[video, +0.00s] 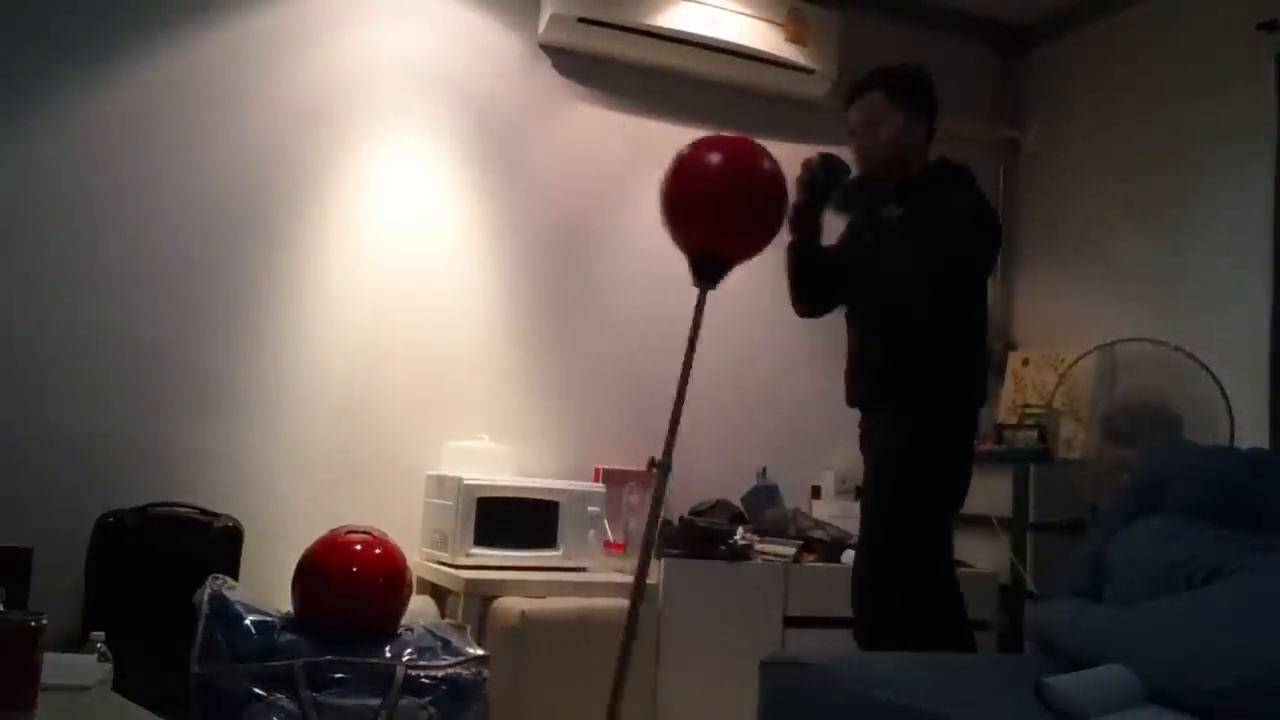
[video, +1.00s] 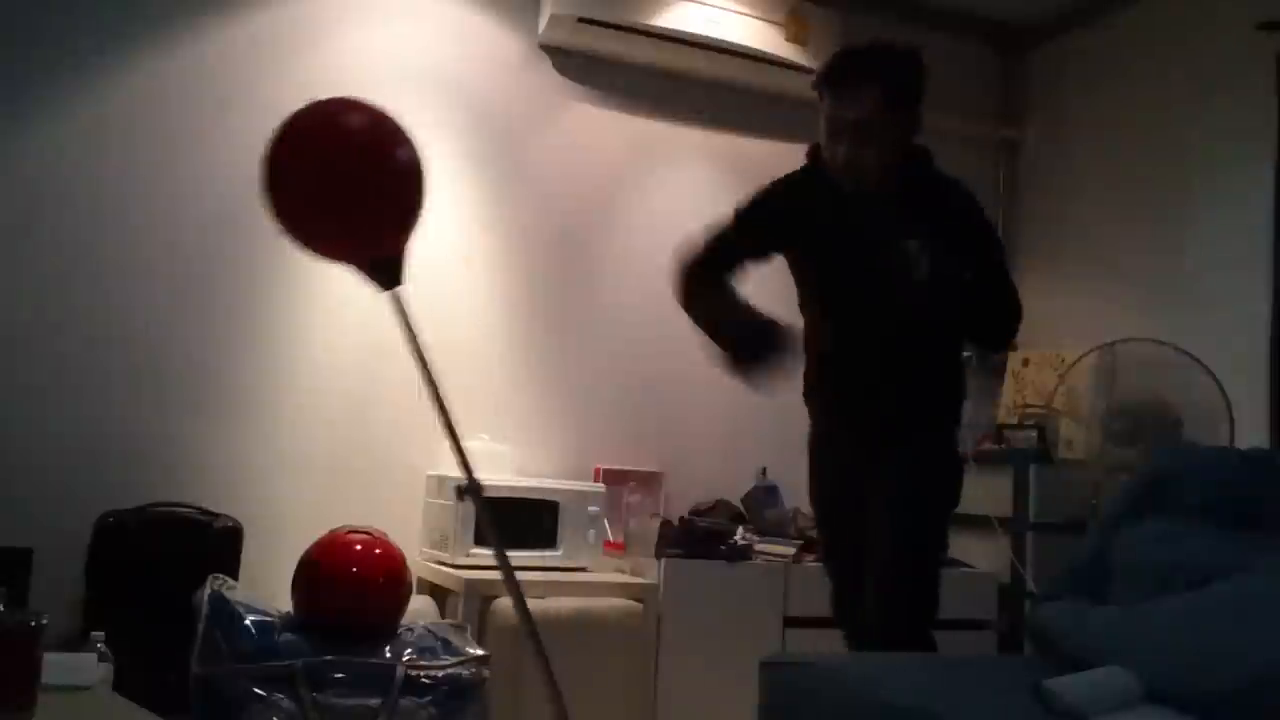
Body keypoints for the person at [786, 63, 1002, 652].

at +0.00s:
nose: (854, 139)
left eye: (866, 123)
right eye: (851, 127)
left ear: (907, 125)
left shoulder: (951, 192)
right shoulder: (877, 209)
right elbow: (811, 295)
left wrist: (865, 195)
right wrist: (805, 214)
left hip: (934, 415)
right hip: (890, 416)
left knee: (887, 588)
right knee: (916, 582)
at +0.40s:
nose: (827, 181)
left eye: (833, 161)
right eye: (820, 171)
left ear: (872, 143)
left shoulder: (921, 193)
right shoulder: (887, 223)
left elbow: (910, 271)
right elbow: (882, 343)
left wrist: (829, 247)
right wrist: (825, 304)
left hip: (944, 415)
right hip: (919, 416)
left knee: (895, 593)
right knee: (917, 590)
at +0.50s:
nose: (814, 185)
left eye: (820, 166)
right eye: (808, 174)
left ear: (858, 146)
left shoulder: (909, 188)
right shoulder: (889, 218)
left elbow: (840, 221)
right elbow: (906, 351)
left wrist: (738, 196)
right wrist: (839, 325)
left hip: (941, 417)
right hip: (937, 418)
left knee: (895, 593)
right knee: (920, 592)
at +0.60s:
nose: (815, 171)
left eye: (821, 152)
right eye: (805, 161)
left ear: (859, 134)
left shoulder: (907, 183)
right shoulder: (881, 211)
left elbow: (811, 196)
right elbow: (898, 341)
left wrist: (703, 157)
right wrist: (833, 316)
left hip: (941, 426)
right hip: (919, 427)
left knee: (886, 601)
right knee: (900, 599)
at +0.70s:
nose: (819, 139)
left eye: (834, 120)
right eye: (810, 125)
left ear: (876, 112)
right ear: (802, 128)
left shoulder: (921, 173)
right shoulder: (851, 201)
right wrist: (784, 267)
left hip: (931, 428)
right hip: (876, 429)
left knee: (901, 616)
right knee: (901, 613)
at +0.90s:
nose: (855, 142)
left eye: (872, 123)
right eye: (843, 122)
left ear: (908, 123)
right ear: (826, 117)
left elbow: (1000, 318)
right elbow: (702, 207)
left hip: (935, 439)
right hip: (856, 440)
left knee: (908, 621)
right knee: (885, 620)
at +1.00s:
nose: (841, 143)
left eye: (859, 126)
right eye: (832, 124)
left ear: (902, 124)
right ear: (820, 118)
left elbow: (1001, 322)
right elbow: (700, 275)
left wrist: (933, 290)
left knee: (901, 619)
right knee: (858, 615)